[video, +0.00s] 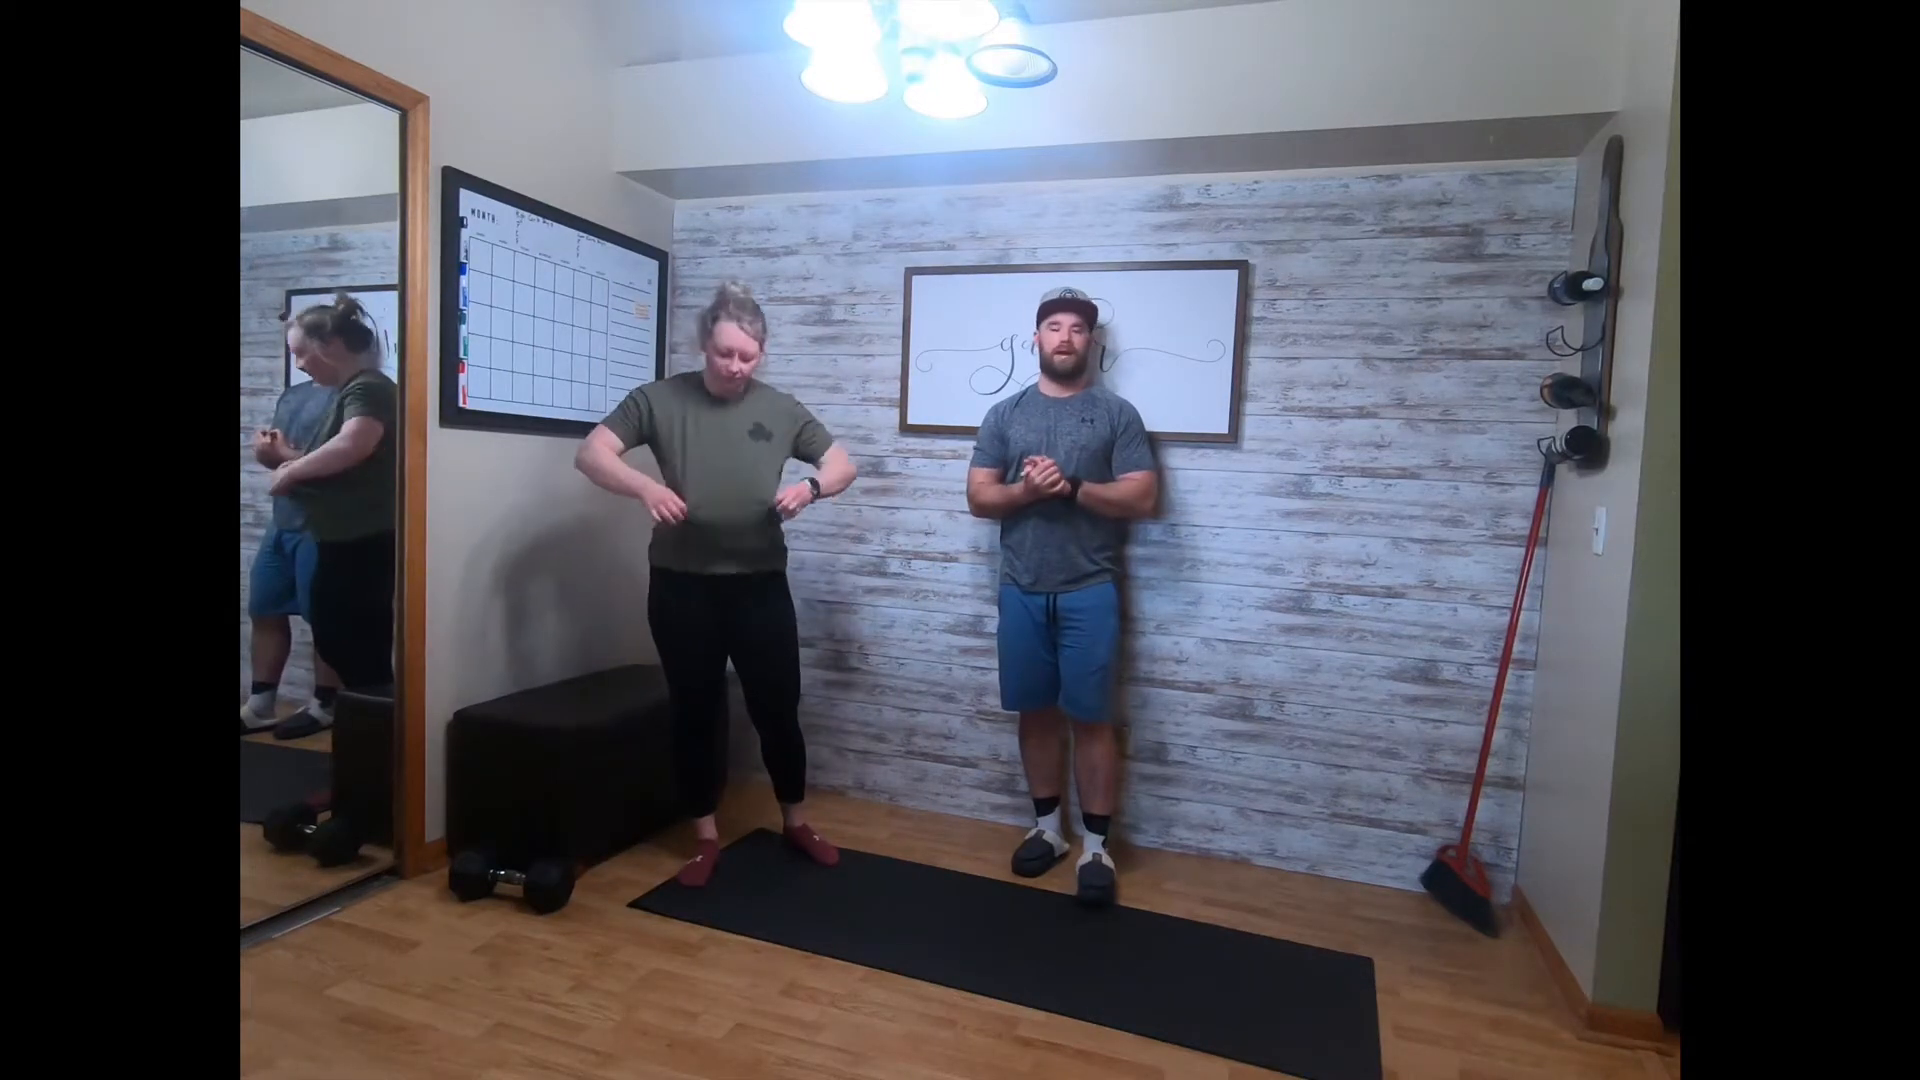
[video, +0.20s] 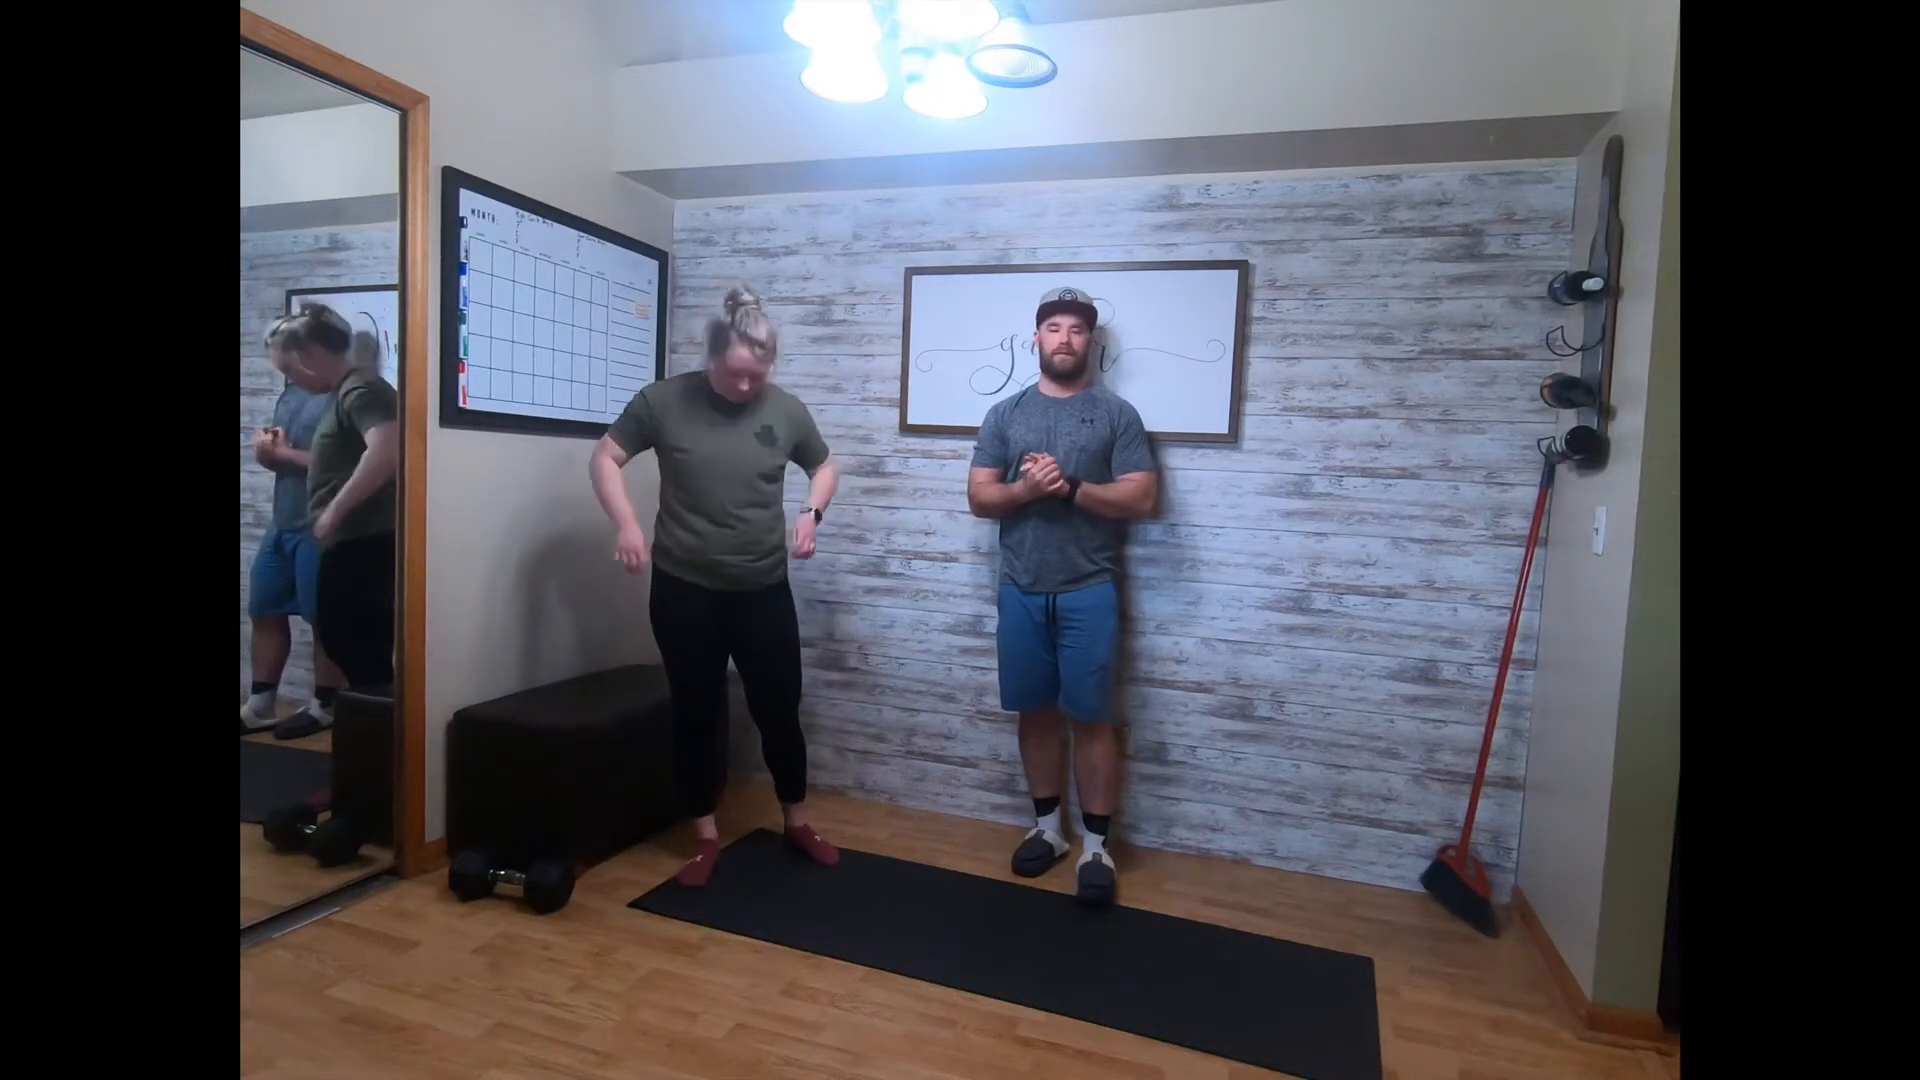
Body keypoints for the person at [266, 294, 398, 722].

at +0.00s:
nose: (302, 367)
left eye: (303, 355)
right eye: (298, 359)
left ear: (330, 345)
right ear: (333, 346)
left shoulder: (368, 388)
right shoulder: (349, 392)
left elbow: (356, 444)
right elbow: (332, 451)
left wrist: (291, 472)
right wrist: (288, 454)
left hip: (364, 541)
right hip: (344, 539)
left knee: (356, 650)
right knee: (344, 645)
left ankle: (377, 752)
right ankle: (363, 747)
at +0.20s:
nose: (292, 381)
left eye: (288, 369)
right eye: (286, 373)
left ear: (307, 353)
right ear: (313, 352)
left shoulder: (361, 390)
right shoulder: (346, 396)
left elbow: (386, 452)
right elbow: (345, 461)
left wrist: (336, 511)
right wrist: (291, 452)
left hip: (365, 544)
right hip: (348, 543)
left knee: (359, 650)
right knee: (348, 646)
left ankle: (378, 753)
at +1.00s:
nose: (277, 402)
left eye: (271, 389)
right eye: (269, 393)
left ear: (288, 367)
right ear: (313, 355)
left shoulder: (329, 398)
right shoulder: (363, 394)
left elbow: (374, 474)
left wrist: (423, 508)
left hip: (364, 547)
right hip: (386, 542)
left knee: (369, 657)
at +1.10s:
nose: (274, 401)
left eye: (268, 387)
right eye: (266, 391)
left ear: (285, 368)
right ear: (299, 361)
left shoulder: (326, 399)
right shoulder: (351, 394)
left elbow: (371, 475)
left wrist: (421, 508)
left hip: (365, 547)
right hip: (382, 543)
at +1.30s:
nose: (277, 389)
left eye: (274, 375)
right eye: (271, 379)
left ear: (292, 359)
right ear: (303, 354)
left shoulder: (329, 398)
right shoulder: (362, 392)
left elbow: (370, 477)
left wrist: (423, 508)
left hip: (357, 550)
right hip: (380, 545)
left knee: (371, 670)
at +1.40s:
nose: (281, 374)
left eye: (283, 363)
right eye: (279, 365)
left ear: (304, 355)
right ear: (321, 351)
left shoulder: (338, 398)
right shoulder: (366, 391)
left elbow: (371, 479)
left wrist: (419, 508)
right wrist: (419, 506)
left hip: (350, 548)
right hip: (373, 543)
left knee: (365, 666)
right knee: (372, 661)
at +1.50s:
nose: (287, 367)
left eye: (287, 356)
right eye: (284, 358)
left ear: (308, 347)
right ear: (320, 345)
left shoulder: (346, 396)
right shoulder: (360, 390)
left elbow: (368, 477)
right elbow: (376, 473)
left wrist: (410, 511)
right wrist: (412, 508)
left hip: (350, 543)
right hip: (361, 540)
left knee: (357, 654)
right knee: (360, 652)